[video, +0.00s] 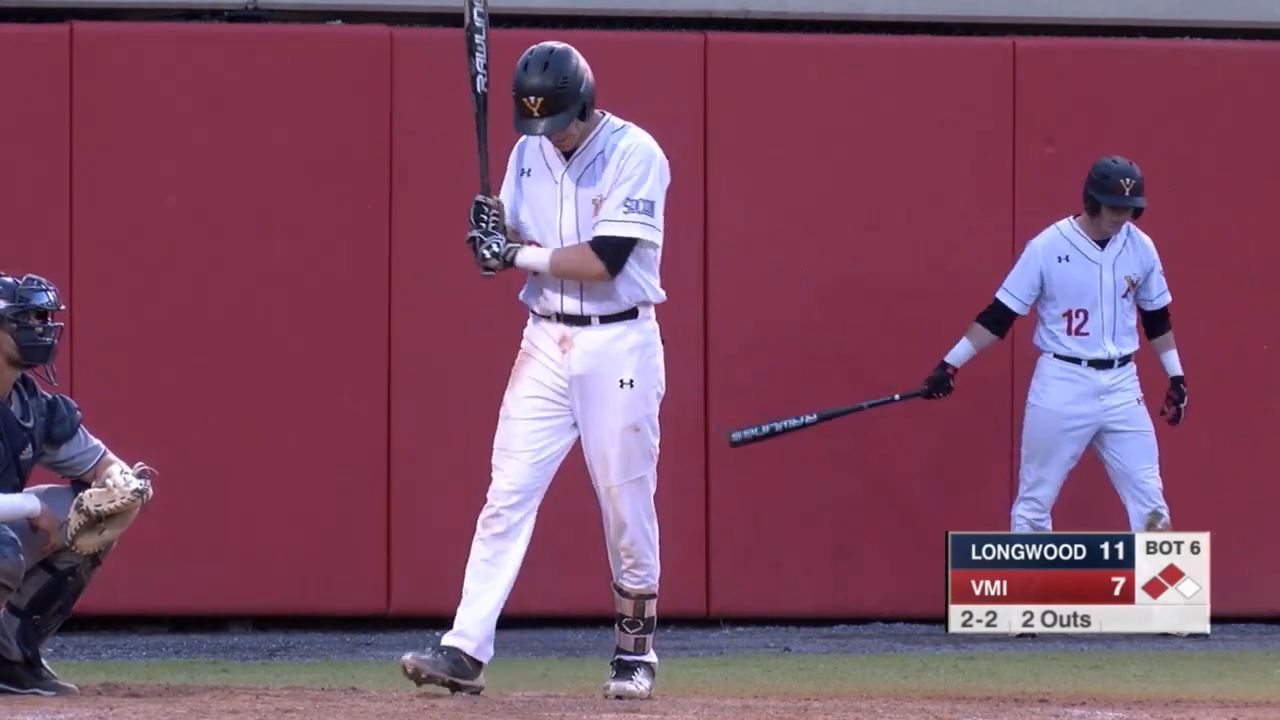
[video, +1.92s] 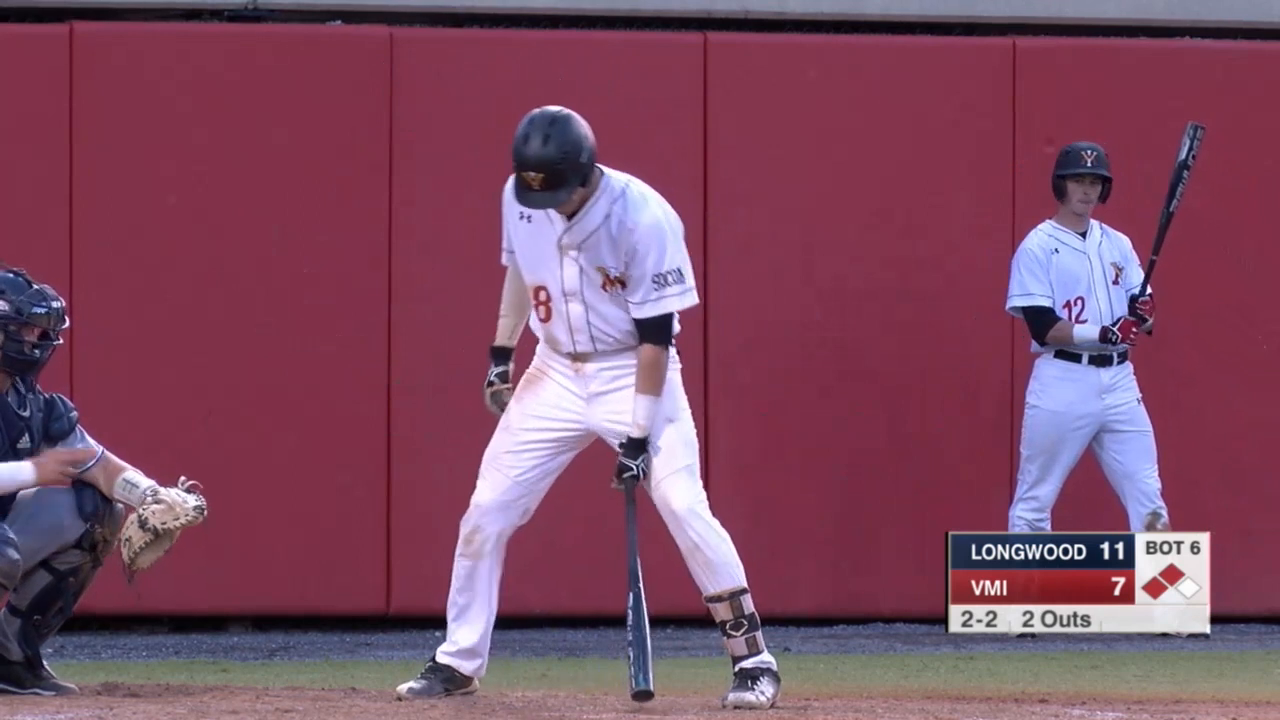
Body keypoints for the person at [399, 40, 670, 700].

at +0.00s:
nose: (545, 131)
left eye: (554, 118)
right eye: (536, 119)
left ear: (583, 102)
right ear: (527, 107)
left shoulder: (635, 152)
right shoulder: (528, 150)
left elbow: (604, 262)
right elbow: (513, 238)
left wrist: (516, 252)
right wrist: (492, 235)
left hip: (617, 346)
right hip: (544, 343)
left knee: (624, 499)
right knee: (507, 496)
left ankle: (634, 651)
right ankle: (465, 650)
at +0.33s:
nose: (457, 141)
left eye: (462, 126)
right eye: (446, 131)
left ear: (488, 107)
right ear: (438, 121)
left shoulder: (556, 139)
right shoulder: (443, 177)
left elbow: (574, 245)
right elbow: (450, 281)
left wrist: (489, 284)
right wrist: (453, 294)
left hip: (577, 347)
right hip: (500, 351)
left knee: (599, 496)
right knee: (471, 503)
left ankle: (633, 647)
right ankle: (460, 662)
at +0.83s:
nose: (440, 150)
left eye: (445, 135)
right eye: (428, 142)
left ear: (469, 111)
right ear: (417, 131)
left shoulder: (541, 145)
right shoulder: (423, 184)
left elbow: (590, 254)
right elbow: (440, 291)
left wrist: (565, 338)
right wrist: (472, 357)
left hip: (583, 331)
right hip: (501, 352)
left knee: (641, 472)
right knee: (470, 510)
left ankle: (715, 634)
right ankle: (461, 661)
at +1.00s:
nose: (480, 172)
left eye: (485, 159)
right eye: (469, 163)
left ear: (511, 137)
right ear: (459, 150)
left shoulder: (580, 169)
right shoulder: (467, 192)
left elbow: (627, 279)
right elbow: (463, 294)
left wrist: (603, 366)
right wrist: (445, 392)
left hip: (618, 353)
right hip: (539, 360)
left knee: (667, 491)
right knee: (484, 508)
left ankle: (744, 655)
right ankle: (461, 661)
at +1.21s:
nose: (543, 212)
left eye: (551, 200)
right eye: (532, 202)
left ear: (580, 176)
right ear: (519, 179)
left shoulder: (639, 207)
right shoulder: (527, 202)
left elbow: (667, 324)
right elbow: (526, 276)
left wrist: (633, 412)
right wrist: (497, 356)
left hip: (660, 374)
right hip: (578, 373)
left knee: (694, 504)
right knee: (513, 510)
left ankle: (755, 661)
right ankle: (462, 664)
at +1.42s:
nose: (583, 247)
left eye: (596, 239)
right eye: (575, 234)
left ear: (627, 220)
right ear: (564, 204)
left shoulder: (674, 253)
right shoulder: (562, 206)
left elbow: (673, 372)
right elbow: (586, 283)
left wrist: (643, 465)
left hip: (666, 377)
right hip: (587, 372)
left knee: (697, 501)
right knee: (526, 506)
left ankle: (754, 661)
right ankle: (463, 663)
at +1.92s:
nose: (546, 202)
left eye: (557, 192)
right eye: (536, 190)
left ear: (587, 172)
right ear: (523, 171)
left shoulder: (644, 217)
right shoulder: (519, 196)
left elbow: (656, 334)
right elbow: (518, 273)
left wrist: (639, 434)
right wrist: (501, 356)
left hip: (638, 378)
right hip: (553, 377)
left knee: (680, 502)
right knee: (485, 513)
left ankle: (753, 661)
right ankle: (457, 663)